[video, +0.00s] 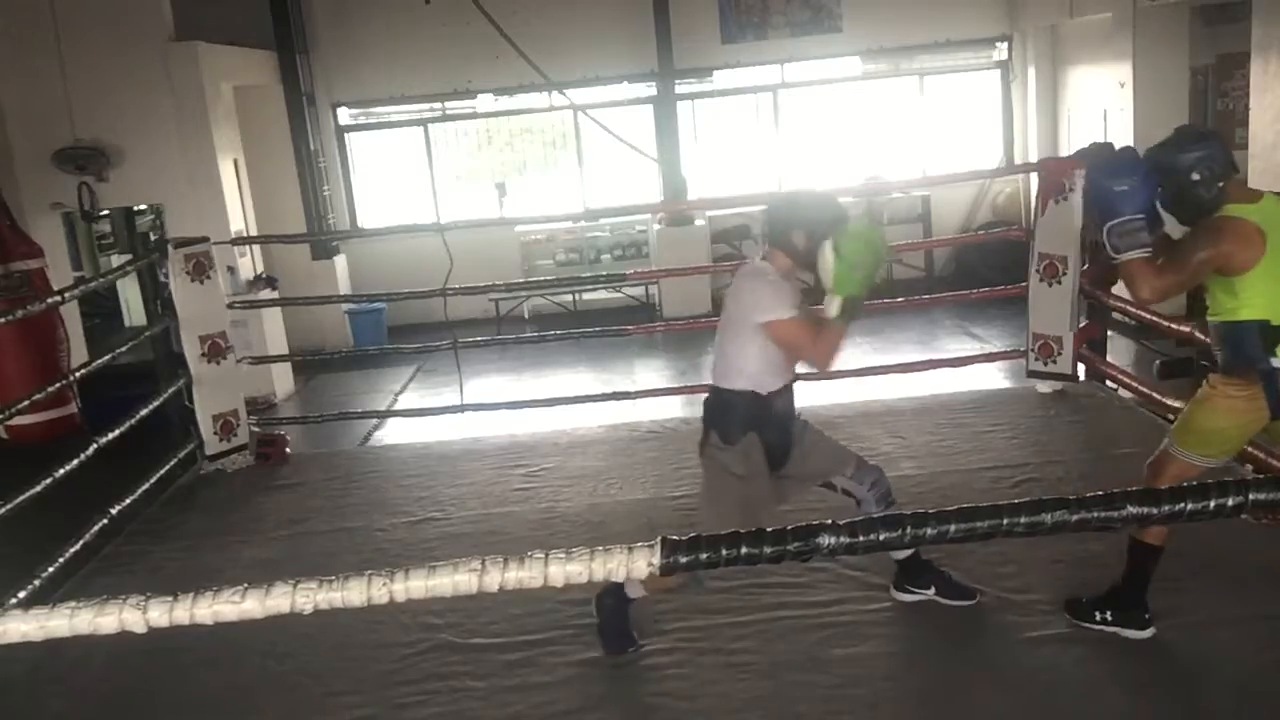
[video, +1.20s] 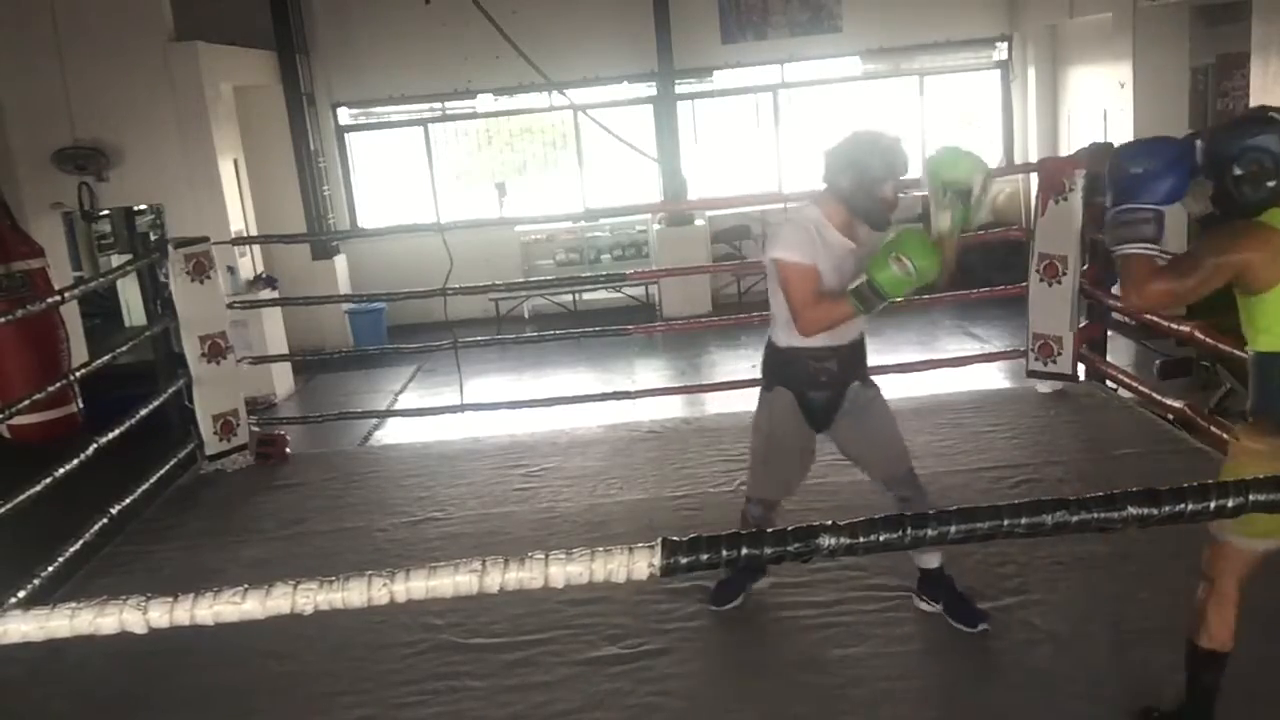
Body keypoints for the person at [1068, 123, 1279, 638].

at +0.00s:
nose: (1169, 200)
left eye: (1171, 188)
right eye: (1166, 188)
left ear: (1195, 182)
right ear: (1223, 171)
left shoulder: (1226, 231)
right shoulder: (1267, 207)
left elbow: (1147, 288)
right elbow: (1180, 268)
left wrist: (1123, 213)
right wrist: (1145, 218)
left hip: (1245, 381)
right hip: (1268, 372)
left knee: (1163, 476)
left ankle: (1129, 601)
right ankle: (1130, 599)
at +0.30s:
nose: (1129, 201)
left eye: (1134, 190)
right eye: (1128, 190)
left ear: (1158, 192)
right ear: (1190, 182)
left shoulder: (1178, 249)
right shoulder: (1235, 211)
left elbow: (1122, 290)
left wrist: (1069, 259)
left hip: (1224, 389)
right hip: (1269, 371)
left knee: (1122, 462)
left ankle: (1105, 591)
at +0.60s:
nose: (1154, 204)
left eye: (1160, 193)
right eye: (1155, 194)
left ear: (1175, 196)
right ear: (1222, 190)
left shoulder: (1173, 258)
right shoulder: (1260, 251)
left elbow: (1109, 337)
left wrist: (1067, 347)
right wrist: (1134, 307)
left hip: (1181, 430)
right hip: (1258, 429)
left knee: (1097, 489)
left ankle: (1069, 604)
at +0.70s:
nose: (1196, 205)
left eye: (1203, 193)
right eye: (1198, 194)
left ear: (1220, 195)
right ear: (1261, 192)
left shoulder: (1230, 256)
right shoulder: (1271, 248)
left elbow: (1188, 348)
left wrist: (1123, 358)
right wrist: (1141, 349)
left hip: (1221, 439)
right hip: (1271, 435)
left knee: (1119, 489)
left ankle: (1072, 605)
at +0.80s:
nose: (1227, 204)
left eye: (1233, 191)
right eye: (1228, 191)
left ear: (1251, 192)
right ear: (1272, 190)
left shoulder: (1263, 248)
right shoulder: (1266, 247)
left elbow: (1237, 334)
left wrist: (1162, 323)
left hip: (1250, 423)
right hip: (1266, 418)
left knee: (1158, 499)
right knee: (1156, 499)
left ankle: (1089, 605)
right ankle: (1093, 602)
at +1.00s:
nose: (1237, 180)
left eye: (1241, 167)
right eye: (1240, 164)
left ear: (1263, 171)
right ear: (1270, 169)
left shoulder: (1272, 233)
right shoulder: (1267, 227)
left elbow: (1226, 309)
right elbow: (1244, 297)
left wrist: (1168, 249)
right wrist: (1219, 224)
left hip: (1265, 415)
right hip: (1265, 410)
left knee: (1175, 504)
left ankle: (1138, 650)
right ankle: (1140, 648)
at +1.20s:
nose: (1216, 183)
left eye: (1224, 171)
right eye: (1219, 170)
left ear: (1247, 174)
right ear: (1271, 172)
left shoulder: (1251, 239)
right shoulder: (1260, 234)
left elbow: (1143, 293)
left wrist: (1134, 211)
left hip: (1264, 452)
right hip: (1264, 447)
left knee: (1222, 585)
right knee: (1221, 579)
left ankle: (1197, 705)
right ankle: (1197, 701)